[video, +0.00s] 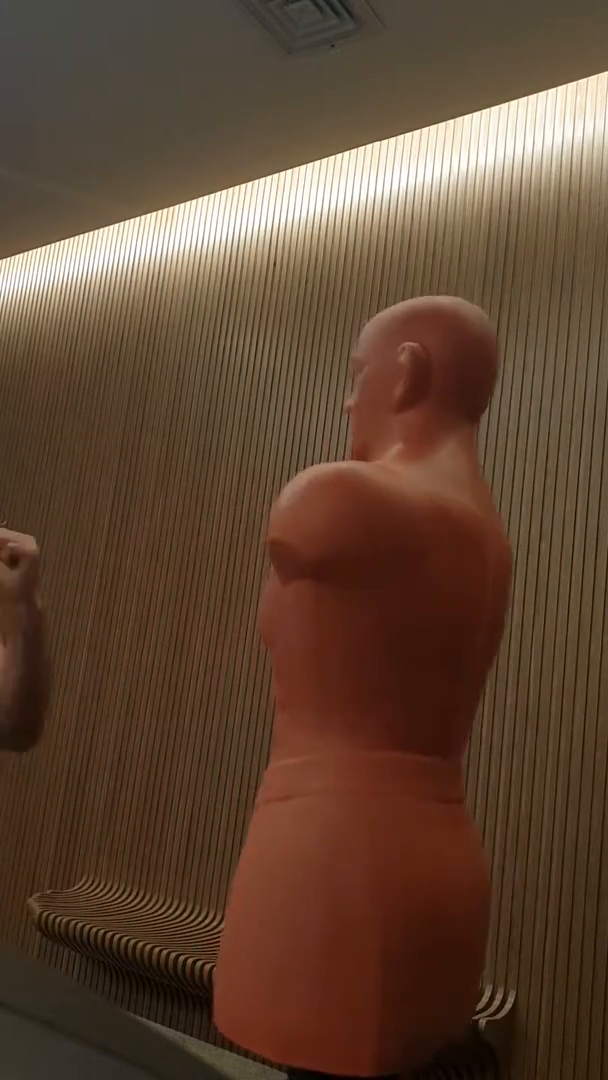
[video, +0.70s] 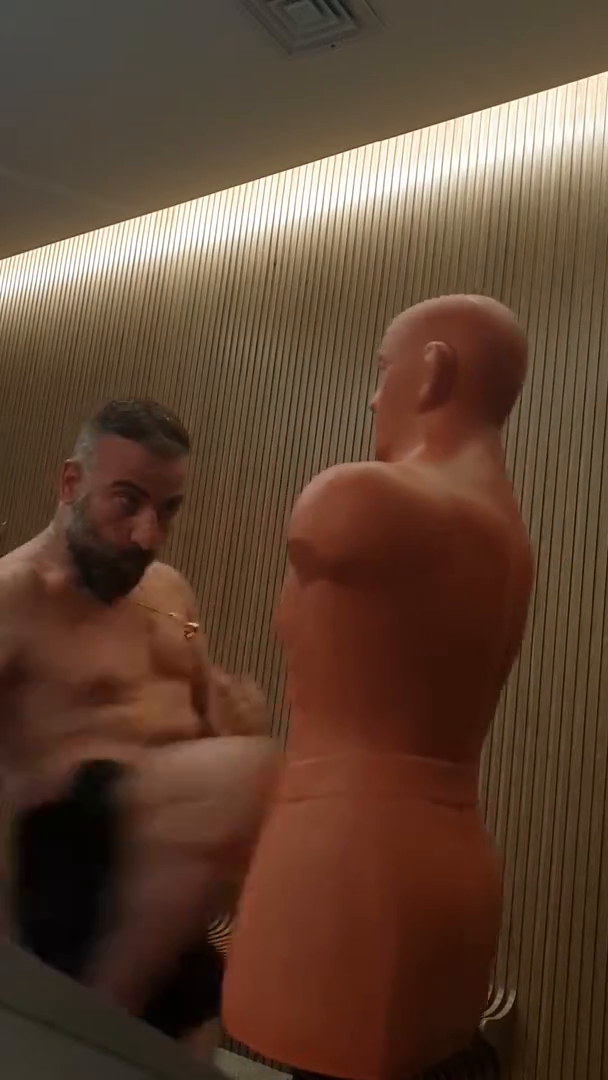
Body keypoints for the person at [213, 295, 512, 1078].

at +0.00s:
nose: (348, 397)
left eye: (358, 372)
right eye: (351, 374)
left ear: (409, 373)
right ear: (474, 399)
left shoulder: (333, 501)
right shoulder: (488, 536)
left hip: (328, 866)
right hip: (437, 853)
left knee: (288, 1062)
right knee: (404, 1062)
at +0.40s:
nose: (355, 402)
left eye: (366, 376)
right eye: (359, 379)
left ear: (419, 376)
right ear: (480, 399)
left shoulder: (339, 503)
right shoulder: (493, 536)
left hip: (335, 861)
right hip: (440, 848)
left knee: (295, 1064)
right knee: (402, 1063)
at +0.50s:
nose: (345, 401)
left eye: (354, 376)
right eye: (347, 378)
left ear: (404, 376)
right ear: (467, 398)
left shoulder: (332, 501)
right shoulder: (479, 528)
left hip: (332, 859)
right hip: (434, 846)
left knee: (293, 1063)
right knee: (404, 1063)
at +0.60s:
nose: (352, 400)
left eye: (362, 374)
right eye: (355, 377)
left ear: (414, 374)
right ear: (476, 397)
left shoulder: (334, 500)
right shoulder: (488, 531)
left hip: (331, 857)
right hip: (437, 847)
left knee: (294, 1061)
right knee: (402, 1062)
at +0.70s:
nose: (373, 396)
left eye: (384, 371)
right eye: (377, 373)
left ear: (437, 374)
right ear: (492, 396)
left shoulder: (354, 502)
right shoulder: (505, 534)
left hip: (342, 861)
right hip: (449, 852)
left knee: (290, 1064)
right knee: (415, 1064)